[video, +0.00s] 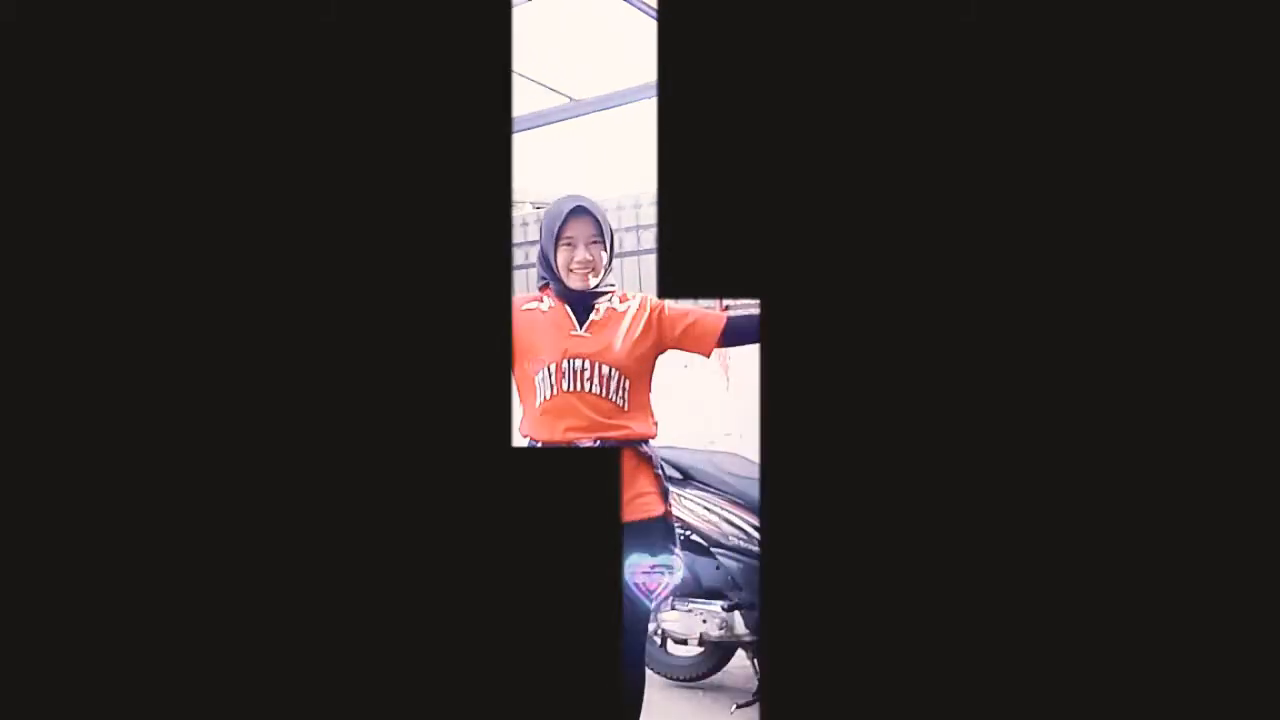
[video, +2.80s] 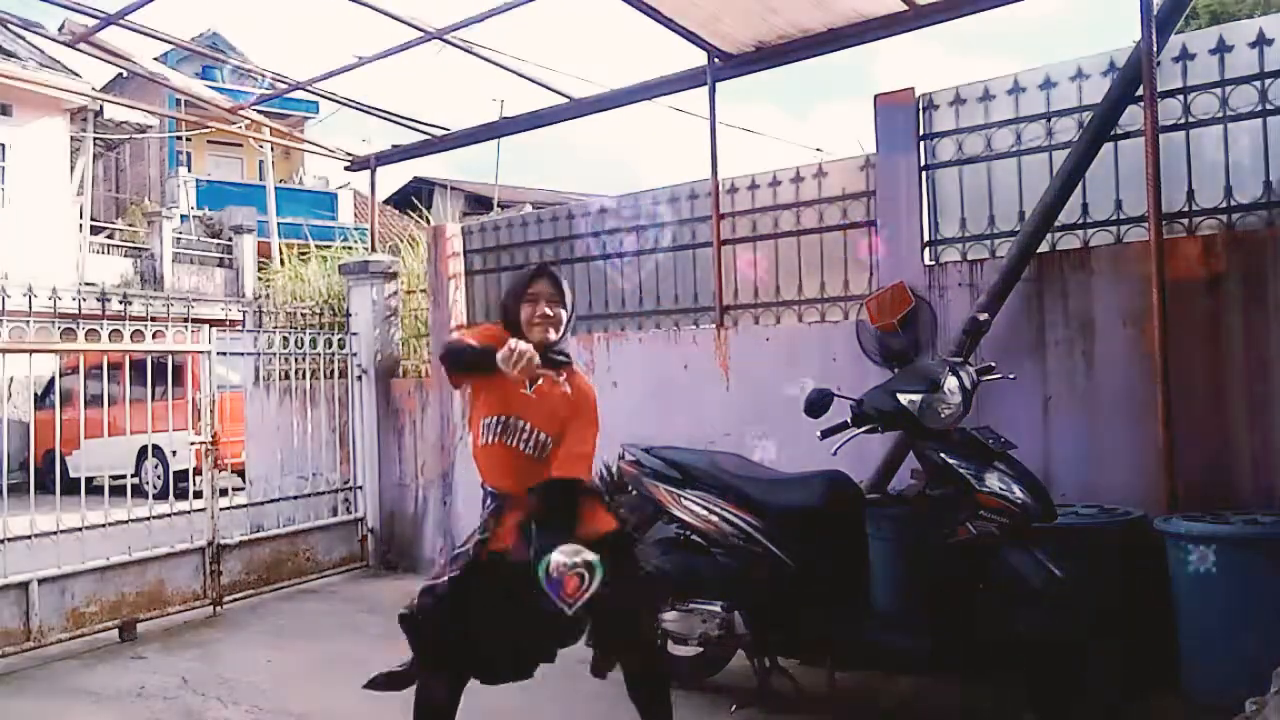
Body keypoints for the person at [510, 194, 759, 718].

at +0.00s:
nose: (583, 255)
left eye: (595, 243)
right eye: (569, 243)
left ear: (608, 251)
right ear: (549, 250)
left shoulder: (643, 312)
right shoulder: (520, 313)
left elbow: (725, 326)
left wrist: (771, 314)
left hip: (631, 488)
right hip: (551, 482)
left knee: (631, 628)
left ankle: (627, 708)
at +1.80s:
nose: (560, 244)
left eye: (570, 236)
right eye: (548, 236)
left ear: (584, 250)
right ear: (532, 251)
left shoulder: (616, 314)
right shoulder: (503, 310)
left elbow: (695, 344)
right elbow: (426, 340)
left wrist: (742, 281)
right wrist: (376, 276)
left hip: (599, 490)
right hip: (525, 494)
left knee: (607, 628)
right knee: (535, 634)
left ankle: (610, 716)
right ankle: (543, 717)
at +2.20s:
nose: (555, 240)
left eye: (565, 231)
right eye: (543, 232)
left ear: (579, 241)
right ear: (527, 245)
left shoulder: (617, 308)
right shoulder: (504, 308)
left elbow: (701, 326)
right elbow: (440, 366)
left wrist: (746, 265)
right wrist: (418, 298)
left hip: (601, 495)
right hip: (518, 492)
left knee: (606, 637)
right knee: (475, 630)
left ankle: (610, 718)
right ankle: (461, 719)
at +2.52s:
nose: (535, 233)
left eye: (545, 223)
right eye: (523, 224)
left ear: (561, 234)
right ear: (507, 236)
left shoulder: (590, 295)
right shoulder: (477, 296)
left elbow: (669, 324)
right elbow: (412, 348)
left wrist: (731, 291)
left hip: (574, 465)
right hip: (491, 470)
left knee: (616, 607)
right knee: (453, 614)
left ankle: (639, 714)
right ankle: (426, 716)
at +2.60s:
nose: (530, 234)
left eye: (541, 225)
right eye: (518, 225)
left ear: (557, 237)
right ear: (501, 238)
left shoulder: (583, 300)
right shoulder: (473, 290)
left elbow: (657, 353)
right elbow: (397, 315)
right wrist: (413, 240)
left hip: (570, 451)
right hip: (491, 453)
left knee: (620, 603)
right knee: (453, 608)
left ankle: (655, 713)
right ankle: (420, 716)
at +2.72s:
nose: (536, 291)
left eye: (546, 282)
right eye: (524, 281)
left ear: (559, 295)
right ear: (504, 293)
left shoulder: (568, 372)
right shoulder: (478, 335)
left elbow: (580, 474)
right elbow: (423, 330)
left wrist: (602, 555)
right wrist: (481, 286)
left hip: (566, 534)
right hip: (494, 537)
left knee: (642, 643)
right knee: (442, 658)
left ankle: (662, 715)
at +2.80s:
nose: (544, 311)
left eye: (555, 302)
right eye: (532, 301)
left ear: (567, 314)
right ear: (514, 311)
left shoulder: (578, 391)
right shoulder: (492, 340)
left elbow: (566, 479)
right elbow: (452, 356)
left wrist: (553, 553)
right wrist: (496, 359)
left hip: (577, 506)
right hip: (507, 511)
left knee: (636, 624)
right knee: (445, 629)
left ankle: (657, 713)